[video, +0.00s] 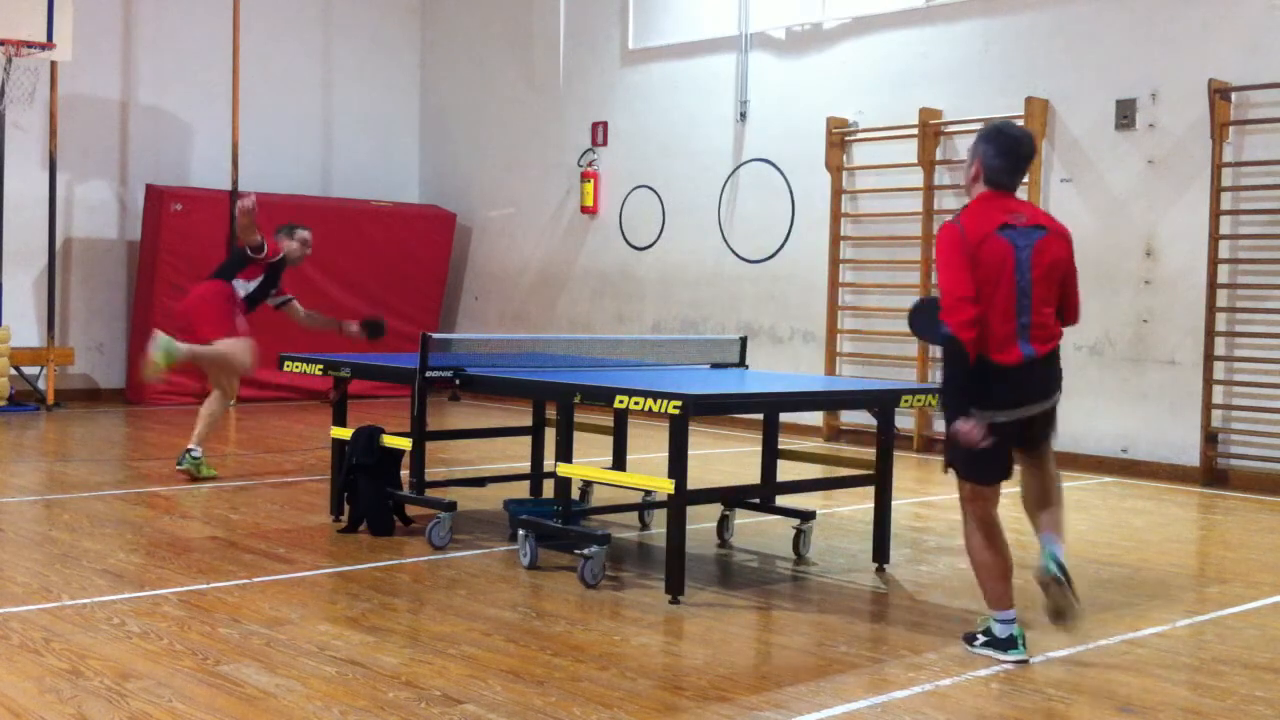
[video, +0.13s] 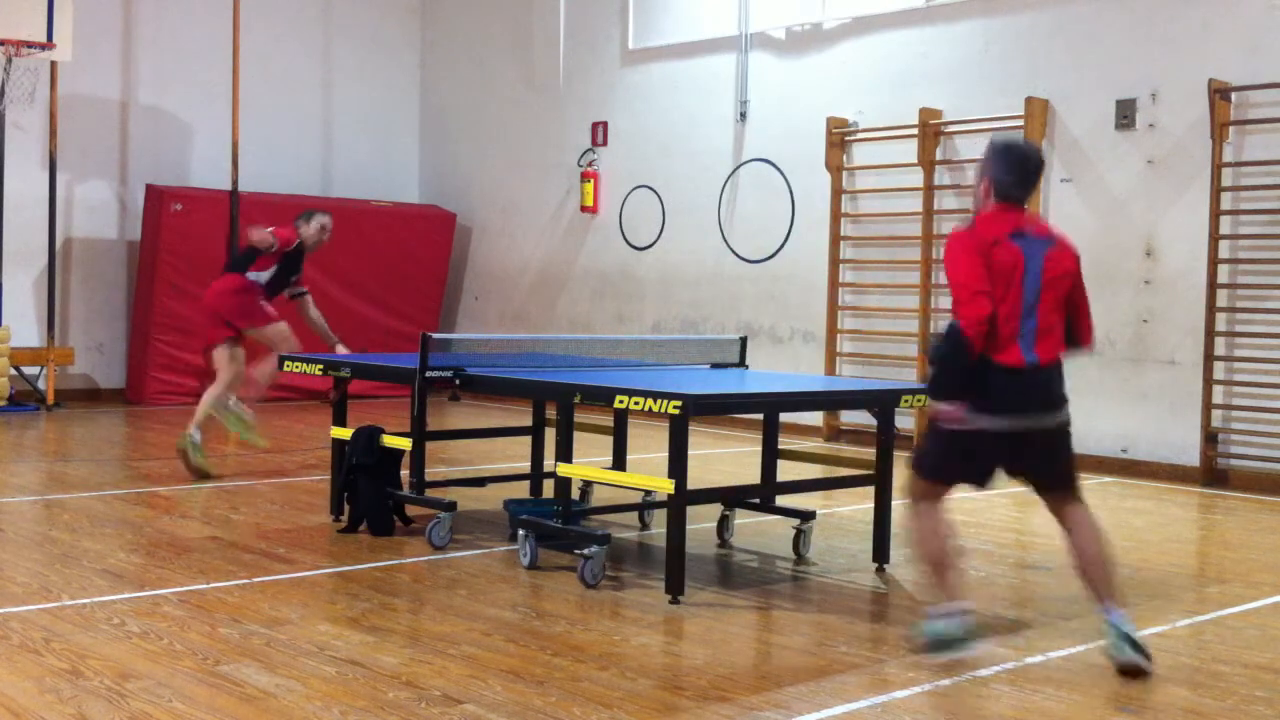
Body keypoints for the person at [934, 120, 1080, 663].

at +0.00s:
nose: (965, 164)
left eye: (970, 157)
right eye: (970, 155)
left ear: (977, 167)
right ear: (1024, 172)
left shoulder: (958, 232)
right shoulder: (1051, 229)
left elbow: (961, 323)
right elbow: (1067, 313)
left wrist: (960, 408)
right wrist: (1012, 308)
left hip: (983, 388)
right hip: (1042, 382)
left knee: (979, 510)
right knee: (1036, 452)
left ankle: (1004, 628)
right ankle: (1052, 551)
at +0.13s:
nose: (975, 184)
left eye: (978, 176)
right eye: (980, 176)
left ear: (986, 183)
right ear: (1032, 189)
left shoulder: (967, 242)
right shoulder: (1058, 247)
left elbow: (976, 319)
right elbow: (1078, 335)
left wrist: (945, 384)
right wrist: (1018, 333)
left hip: (977, 408)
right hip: (1042, 409)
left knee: (925, 496)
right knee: (1069, 505)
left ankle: (951, 608)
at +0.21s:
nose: (973, 212)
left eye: (976, 206)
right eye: (977, 205)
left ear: (984, 214)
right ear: (1032, 218)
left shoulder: (957, 269)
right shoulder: (1061, 279)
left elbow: (924, 335)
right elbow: (1086, 367)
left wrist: (921, 368)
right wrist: (1042, 388)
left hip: (966, 441)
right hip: (1044, 443)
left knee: (897, 501)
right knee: (1083, 523)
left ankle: (907, 633)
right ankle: (1137, 643)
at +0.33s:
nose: (961, 204)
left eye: (964, 195)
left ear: (970, 200)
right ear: (1017, 210)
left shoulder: (927, 250)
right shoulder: (1030, 263)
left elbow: (884, 322)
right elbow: (1048, 355)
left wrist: (936, 316)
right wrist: (1079, 428)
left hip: (913, 416)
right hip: (989, 419)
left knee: (874, 493)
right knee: (1045, 506)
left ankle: (873, 601)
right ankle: (1069, 630)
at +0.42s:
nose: (987, 206)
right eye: (991, 197)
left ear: (942, 194)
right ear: (990, 199)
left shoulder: (905, 253)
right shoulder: (979, 249)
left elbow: (884, 337)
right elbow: (1001, 334)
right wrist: (1072, 394)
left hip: (886, 414)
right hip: (950, 413)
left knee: (870, 513)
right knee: (1021, 510)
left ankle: (816, 619)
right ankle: (1036, 646)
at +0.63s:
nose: (856, 175)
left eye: (844, 162)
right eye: (858, 167)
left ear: (817, 167)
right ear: (858, 171)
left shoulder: (778, 237)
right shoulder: (869, 231)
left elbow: (807, 315)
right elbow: (936, 295)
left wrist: (893, 317)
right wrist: (917, 314)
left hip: (826, 408)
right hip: (895, 397)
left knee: (826, 512)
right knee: (958, 496)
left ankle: (801, 642)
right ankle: (1005, 624)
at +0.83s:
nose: (683, 169)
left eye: (683, 160)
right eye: (695, 155)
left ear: (688, 168)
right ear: (731, 153)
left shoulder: (710, 236)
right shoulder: (766, 190)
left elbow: (727, 339)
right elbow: (736, 258)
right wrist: (662, 258)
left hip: (805, 371)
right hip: (869, 348)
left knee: (741, 491)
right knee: (932, 458)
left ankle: (705, 618)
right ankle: (1029, 520)